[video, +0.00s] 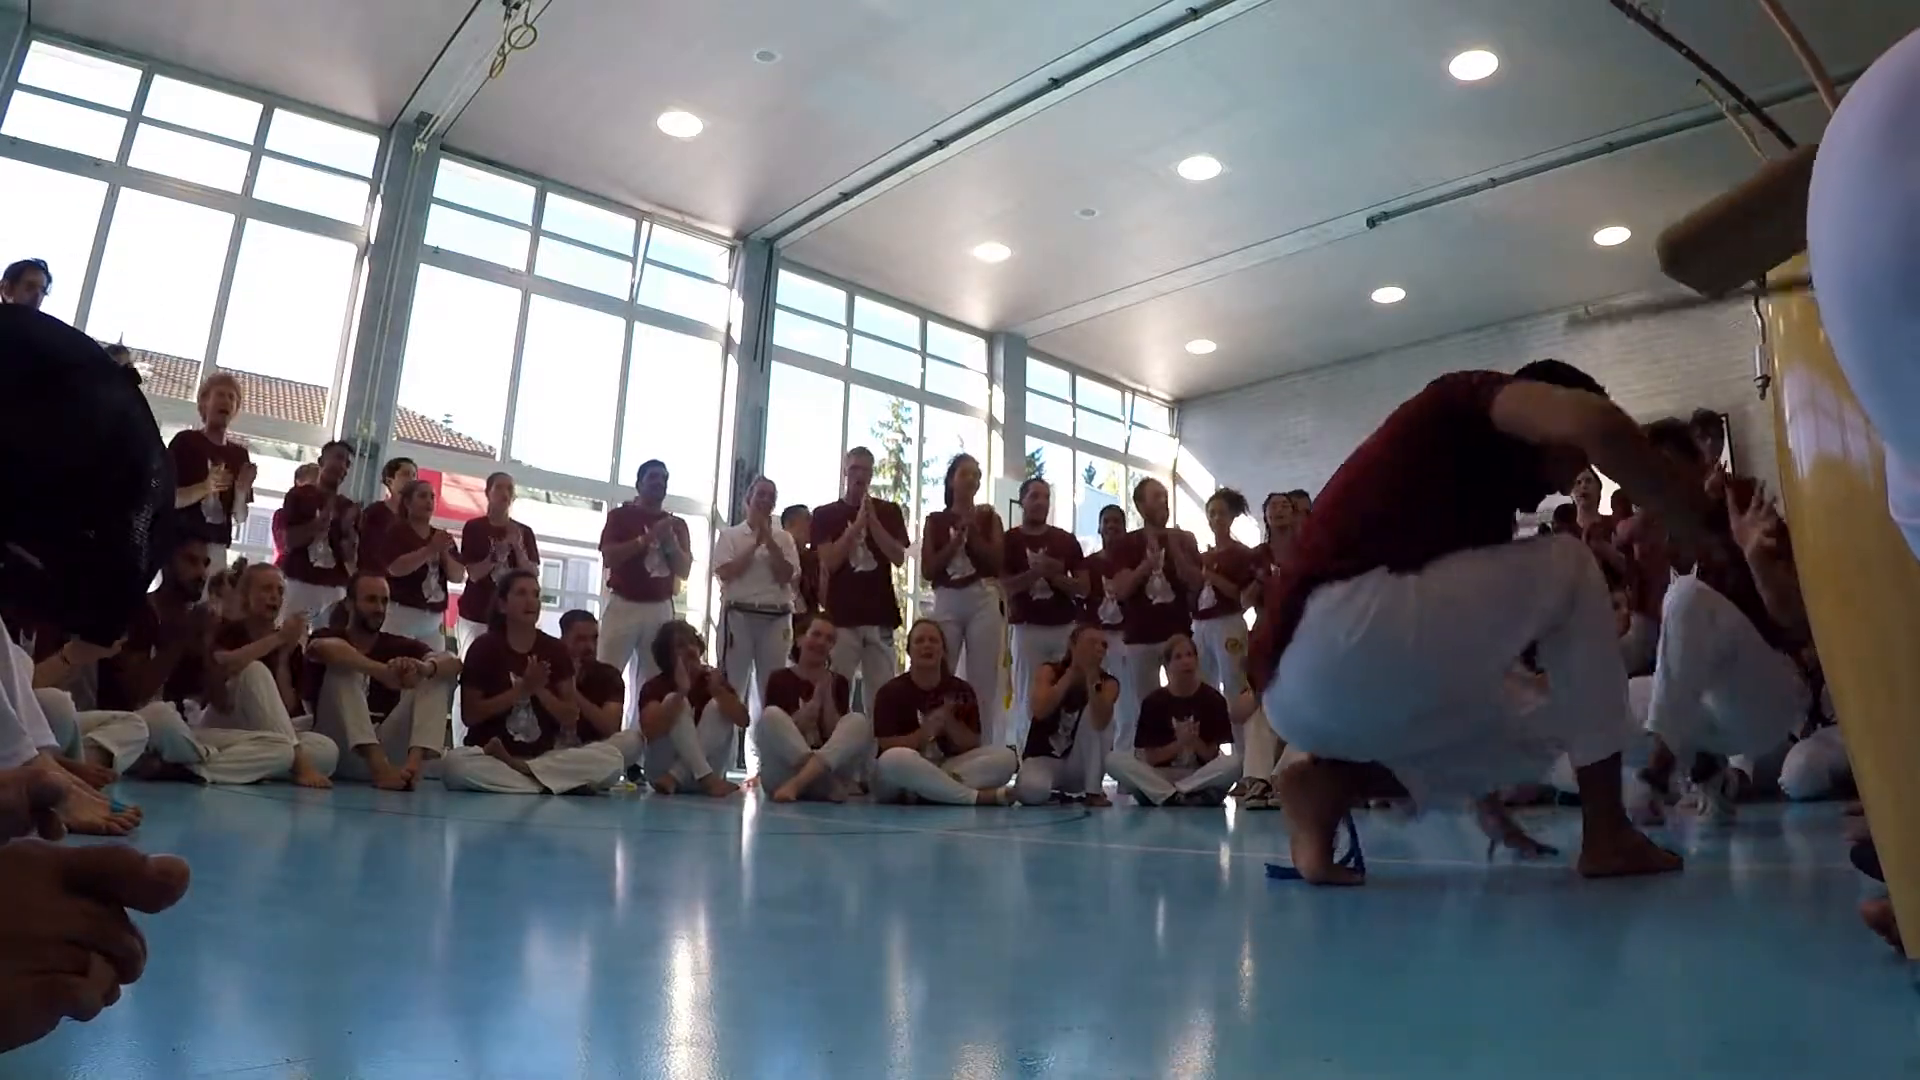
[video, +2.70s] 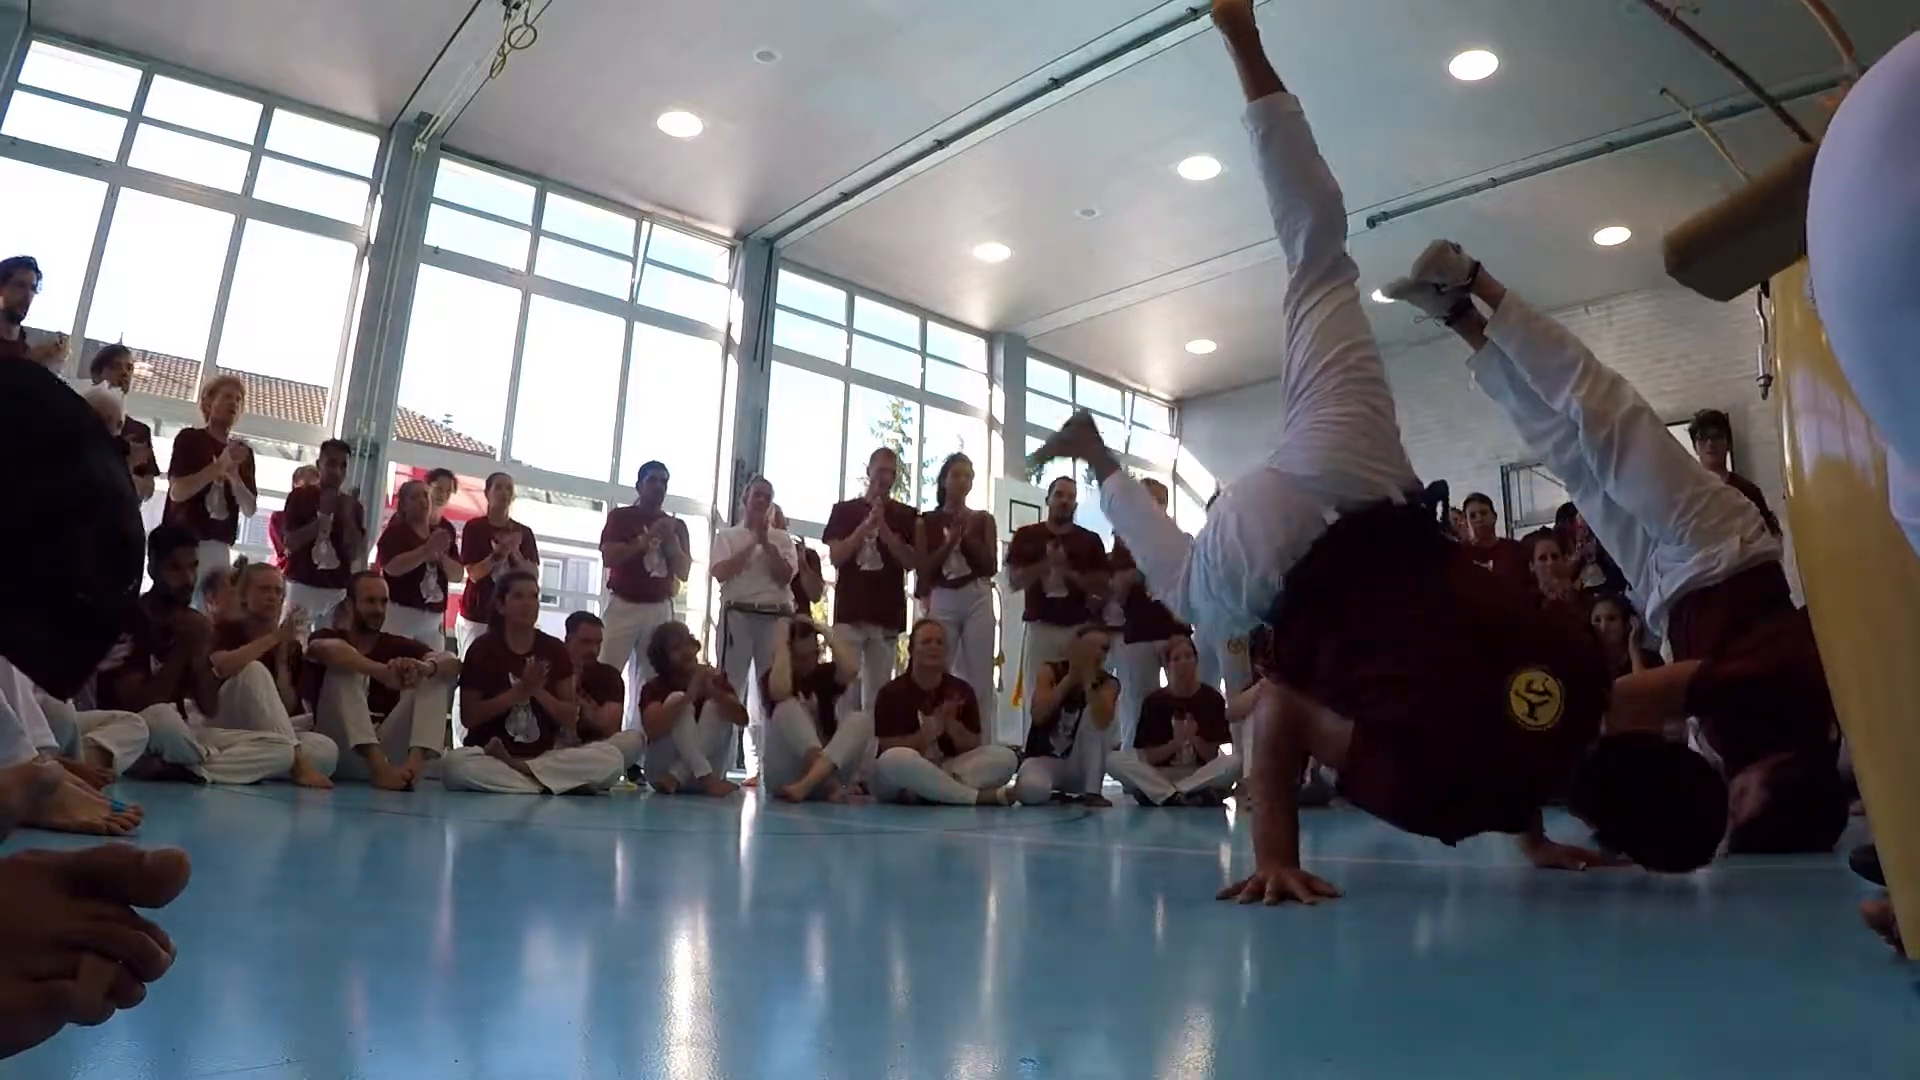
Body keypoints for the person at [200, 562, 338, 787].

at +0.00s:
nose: (275, 597)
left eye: (279, 591)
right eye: (266, 589)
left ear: (284, 597)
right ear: (246, 594)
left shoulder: (289, 645)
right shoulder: (228, 632)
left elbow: (291, 708)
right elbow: (222, 665)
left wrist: (284, 658)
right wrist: (280, 638)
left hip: (272, 734)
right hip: (225, 728)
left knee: (327, 751)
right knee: (255, 671)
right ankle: (300, 761)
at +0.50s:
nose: (278, 597)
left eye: (282, 591)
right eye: (269, 589)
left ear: (285, 598)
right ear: (247, 595)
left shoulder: (285, 642)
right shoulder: (227, 631)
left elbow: (287, 708)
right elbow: (222, 667)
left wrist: (288, 655)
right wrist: (274, 637)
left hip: (269, 729)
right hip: (224, 724)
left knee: (327, 751)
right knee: (254, 671)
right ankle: (298, 762)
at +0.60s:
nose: (198, 571)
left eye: (203, 563)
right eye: (188, 561)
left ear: (207, 567)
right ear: (164, 561)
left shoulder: (198, 622)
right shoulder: (136, 613)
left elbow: (213, 704)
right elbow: (144, 696)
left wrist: (207, 648)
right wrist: (192, 645)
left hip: (179, 733)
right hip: (132, 730)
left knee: (284, 748)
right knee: (162, 714)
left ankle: (184, 770)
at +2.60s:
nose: (187, 579)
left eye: (192, 567)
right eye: (174, 569)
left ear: (197, 567)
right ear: (153, 570)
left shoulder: (194, 621)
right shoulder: (128, 615)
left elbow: (205, 707)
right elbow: (139, 702)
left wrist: (201, 647)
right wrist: (183, 647)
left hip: (180, 734)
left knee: (283, 751)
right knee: (162, 716)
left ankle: (181, 771)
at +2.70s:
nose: (188, 579)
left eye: (192, 567)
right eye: (175, 569)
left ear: (198, 567)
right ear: (153, 570)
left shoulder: (197, 623)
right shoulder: (129, 616)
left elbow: (209, 706)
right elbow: (138, 702)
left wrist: (199, 653)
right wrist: (182, 648)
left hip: (181, 732)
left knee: (284, 751)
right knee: (161, 716)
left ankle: (189, 773)